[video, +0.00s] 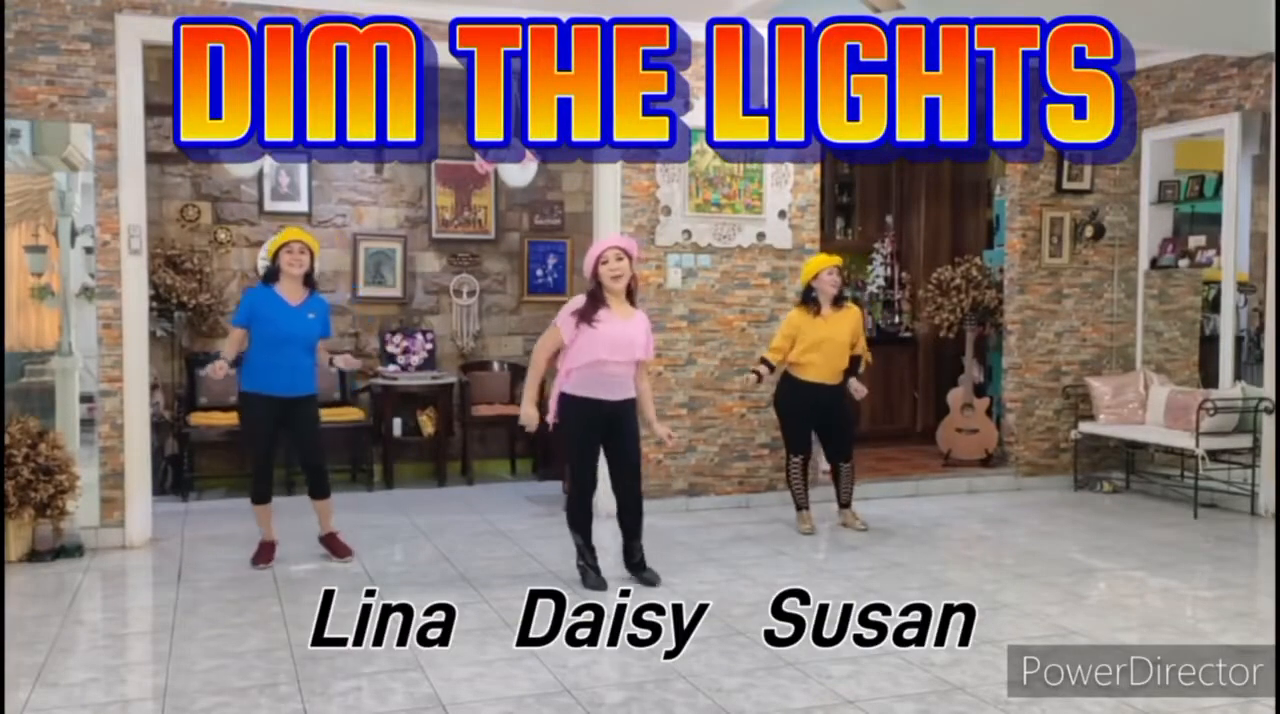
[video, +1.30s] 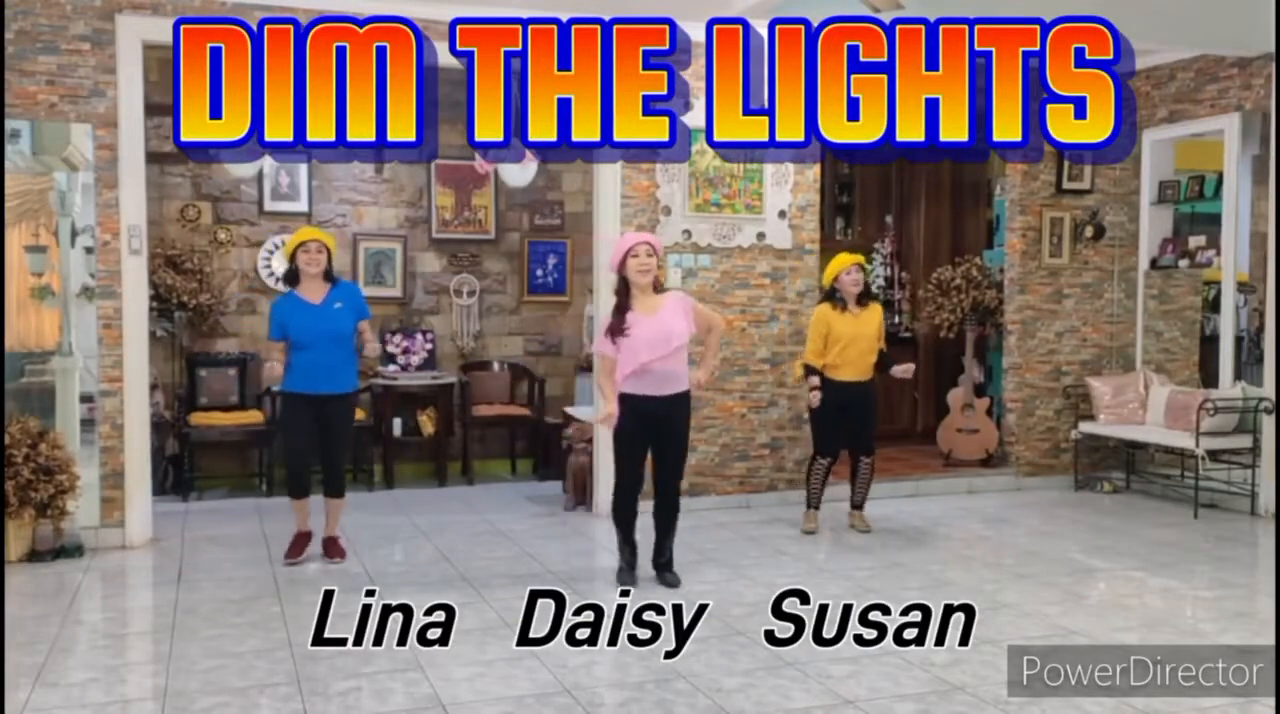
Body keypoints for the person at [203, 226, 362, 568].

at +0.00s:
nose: (296, 257)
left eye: (302, 252)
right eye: (289, 251)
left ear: (311, 261)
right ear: (276, 259)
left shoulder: (318, 304)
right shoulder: (256, 296)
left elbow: (320, 353)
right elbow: (236, 337)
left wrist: (336, 360)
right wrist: (224, 359)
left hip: (302, 398)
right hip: (259, 397)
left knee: (315, 463)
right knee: (261, 467)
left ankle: (328, 533)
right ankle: (267, 538)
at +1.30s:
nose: (313, 257)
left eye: (319, 251)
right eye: (306, 251)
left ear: (329, 258)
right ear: (295, 259)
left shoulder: (349, 293)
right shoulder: (283, 304)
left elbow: (365, 331)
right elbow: (278, 349)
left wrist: (369, 344)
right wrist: (276, 365)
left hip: (340, 394)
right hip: (297, 395)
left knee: (335, 464)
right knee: (296, 463)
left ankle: (331, 535)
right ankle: (302, 531)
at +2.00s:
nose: (302, 254)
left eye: (308, 249)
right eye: (295, 250)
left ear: (318, 257)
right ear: (284, 259)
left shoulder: (328, 300)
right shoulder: (271, 296)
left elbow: (332, 349)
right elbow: (239, 334)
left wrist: (364, 343)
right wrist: (259, 356)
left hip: (320, 395)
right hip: (278, 395)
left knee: (323, 465)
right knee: (275, 466)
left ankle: (330, 536)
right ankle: (257, 540)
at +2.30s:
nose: (283, 255)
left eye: (289, 251)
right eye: (276, 251)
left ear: (300, 260)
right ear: (265, 260)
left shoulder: (308, 305)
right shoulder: (247, 294)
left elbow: (307, 357)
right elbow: (203, 324)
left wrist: (332, 361)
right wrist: (207, 361)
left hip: (290, 397)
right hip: (246, 395)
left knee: (306, 463)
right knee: (249, 470)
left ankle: (313, 535)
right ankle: (254, 542)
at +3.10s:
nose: (272, 256)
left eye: (280, 250)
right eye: (266, 251)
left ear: (293, 258)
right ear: (258, 260)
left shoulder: (313, 296)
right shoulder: (249, 302)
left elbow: (331, 340)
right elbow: (243, 349)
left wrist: (312, 356)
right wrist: (209, 345)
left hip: (298, 396)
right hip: (254, 395)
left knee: (304, 464)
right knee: (253, 466)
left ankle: (326, 536)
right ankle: (254, 542)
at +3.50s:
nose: (299, 259)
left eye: (306, 253)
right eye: (291, 254)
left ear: (317, 260)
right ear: (282, 262)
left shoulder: (340, 293)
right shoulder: (276, 307)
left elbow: (359, 331)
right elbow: (271, 358)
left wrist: (360, 351)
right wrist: (255, 366)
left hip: (333, 395)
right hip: (289, 395)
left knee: (329, 465)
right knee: (278, 463)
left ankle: (330, 537)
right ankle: (272, 533)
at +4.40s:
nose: (294, 257)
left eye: (301, 251)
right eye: (287, 251)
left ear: (311, 259)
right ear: (276, 258)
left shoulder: (321, 300)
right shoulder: (263, 297)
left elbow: (326, 349)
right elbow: (232, 335)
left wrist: (354, 346)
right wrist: (261, 359)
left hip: (311, 395)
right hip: (269, 395)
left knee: (317, 465)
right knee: (265, 465)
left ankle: (327, 537)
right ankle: (256, 540)